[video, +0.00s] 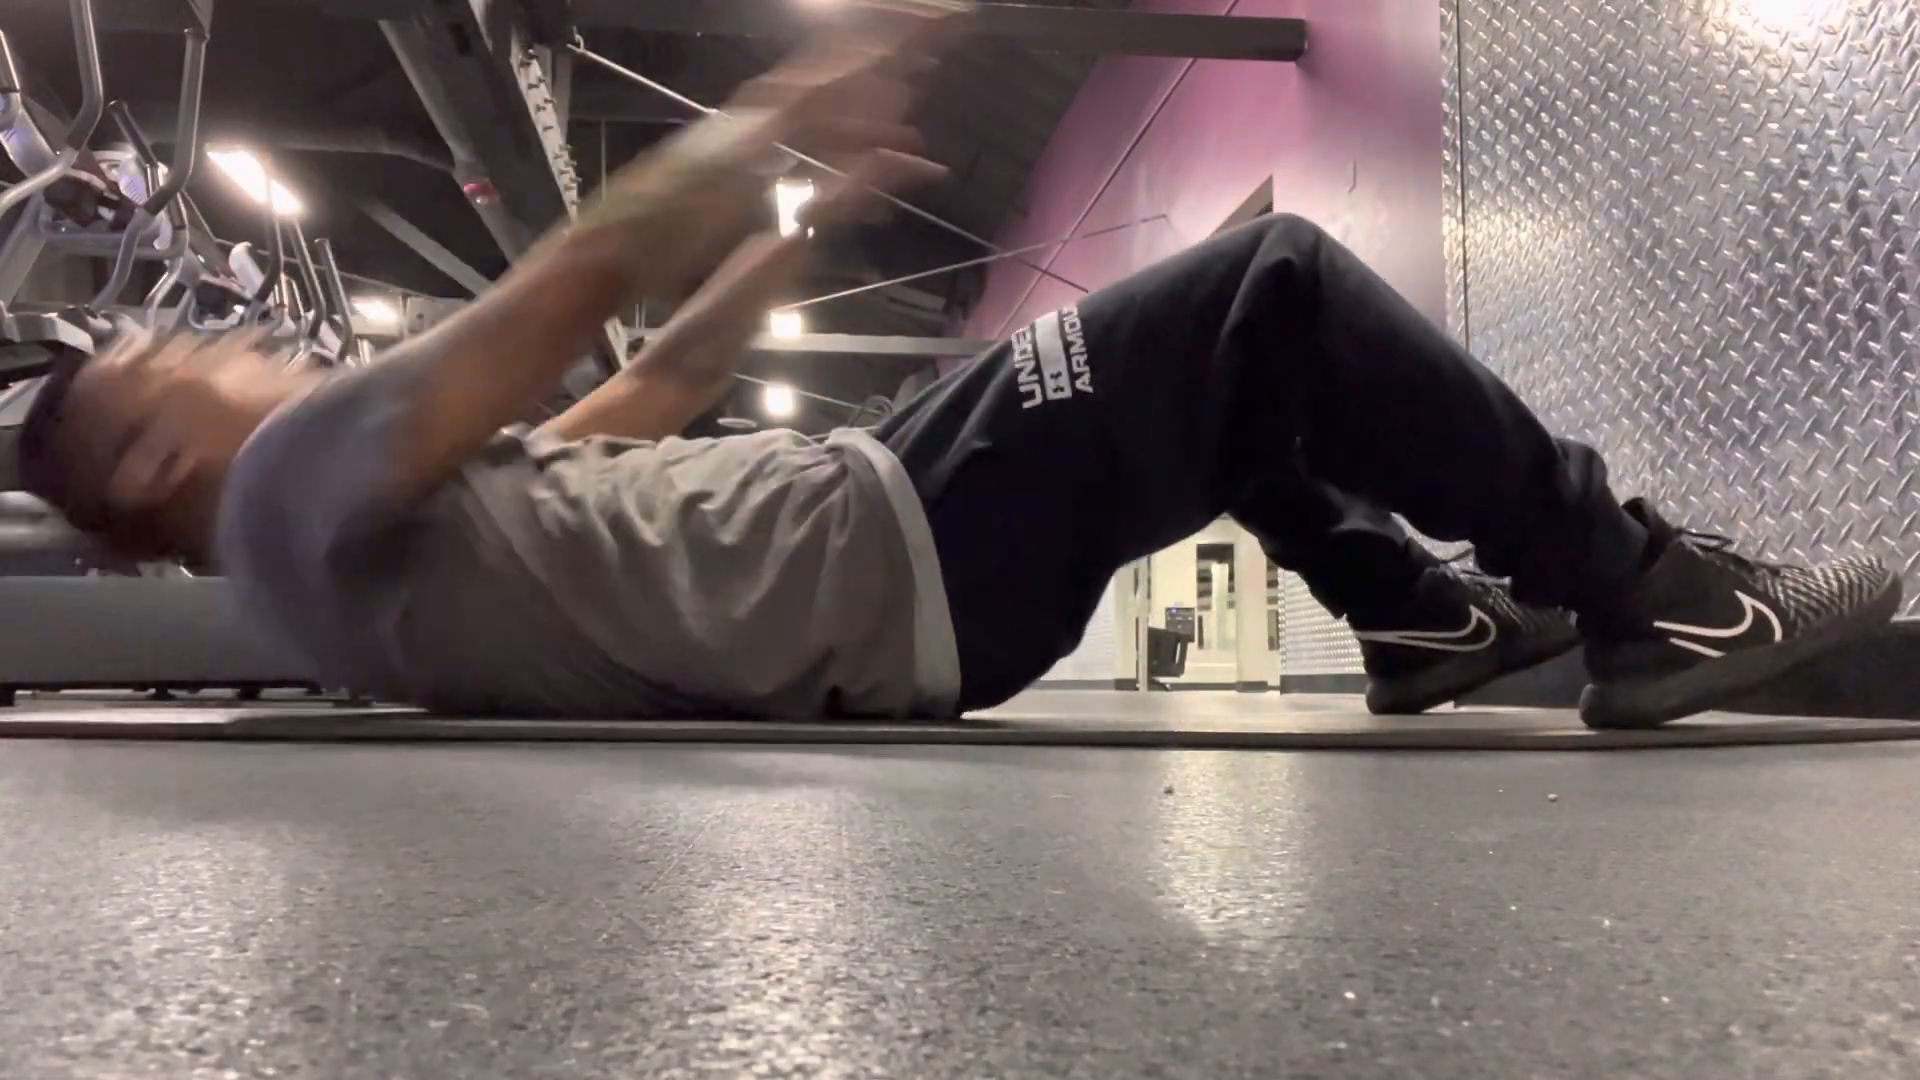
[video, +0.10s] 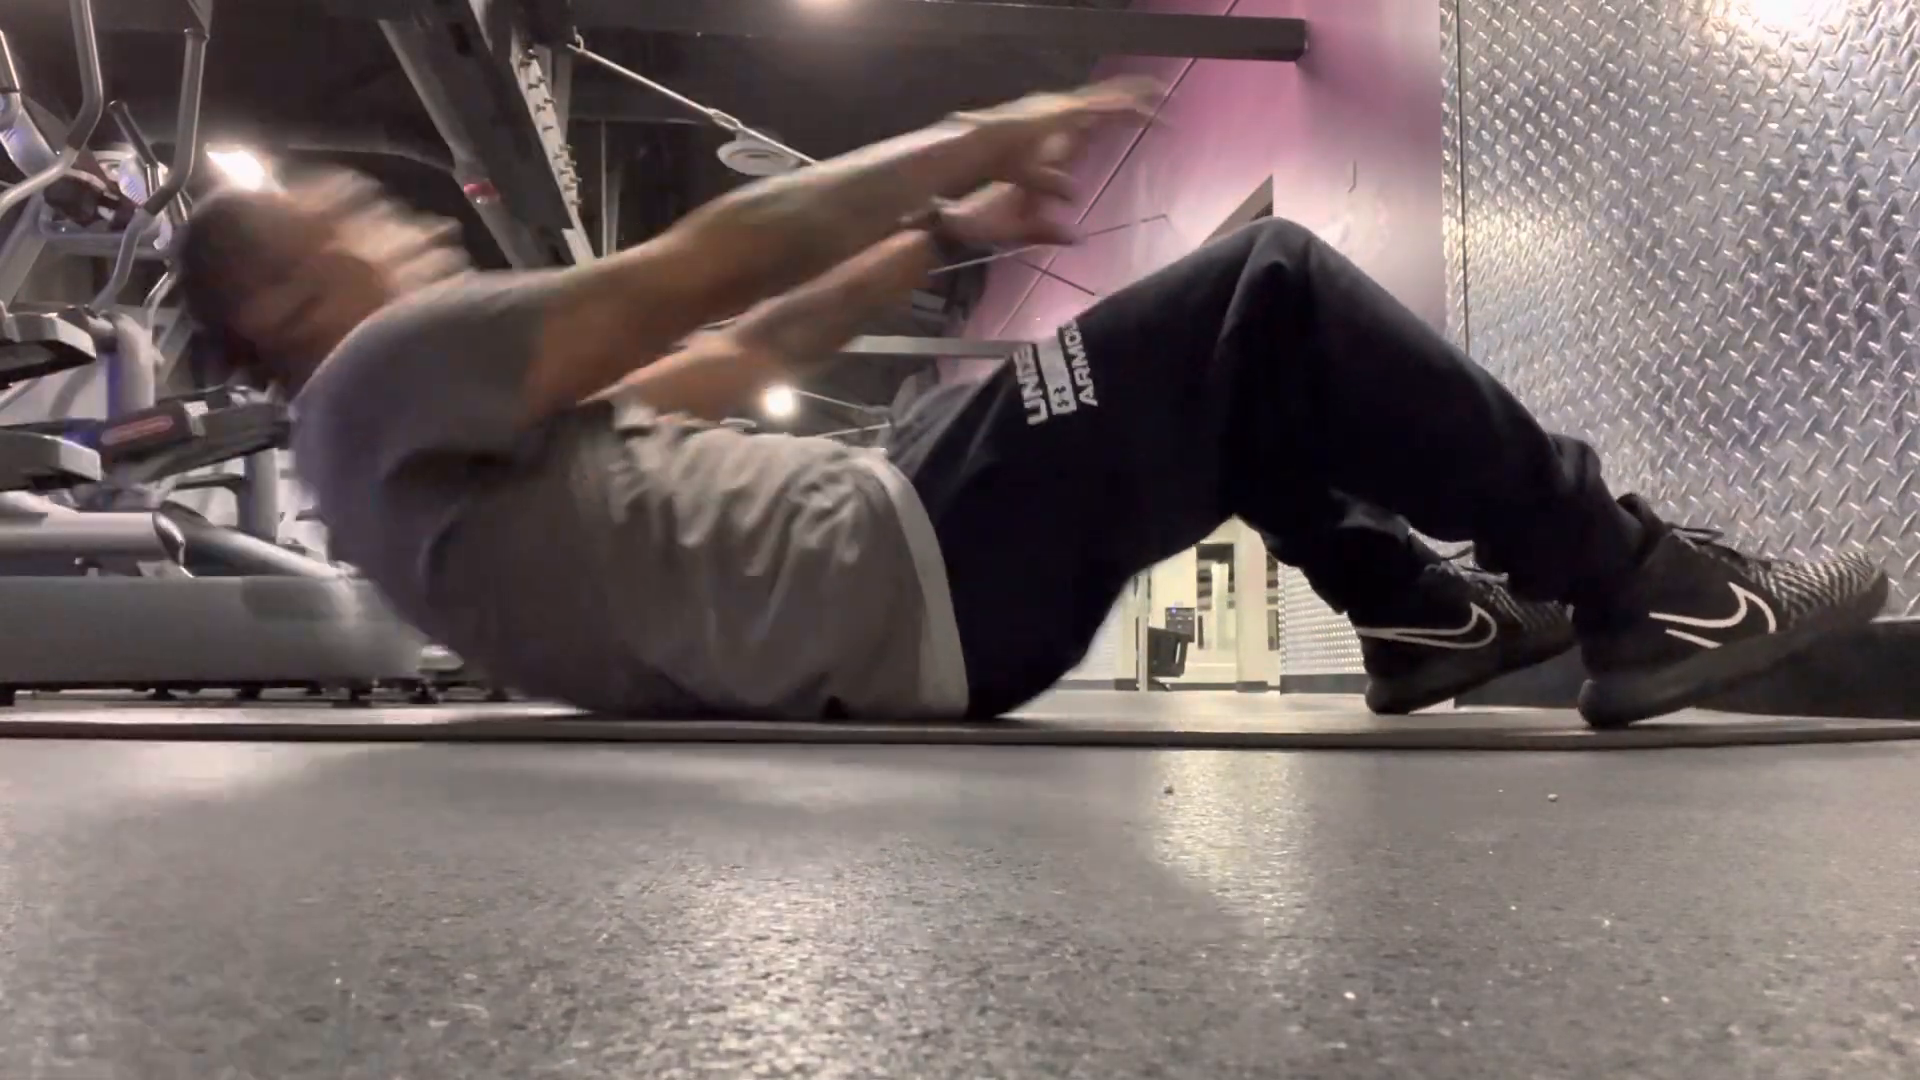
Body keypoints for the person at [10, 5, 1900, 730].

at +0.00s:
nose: (194, 365)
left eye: (166, 362)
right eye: (152, 389)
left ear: (202, 408)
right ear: (149, 478)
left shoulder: (345, 516)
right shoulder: (301, 492)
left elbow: (629, 413)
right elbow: (558, 306)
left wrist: (782, 237)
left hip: (853, 536)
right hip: (893, 567)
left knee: (1196, 346)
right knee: (1264, 274)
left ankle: (1442, 617)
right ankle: (1657, 591)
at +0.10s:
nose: (388, 212)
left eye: (362, 194)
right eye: (334, 216)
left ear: (348, 269)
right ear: (265, 311)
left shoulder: (431, 407)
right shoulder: (372, 388)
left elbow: (722, 359)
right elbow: (676, 275)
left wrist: (933, 241)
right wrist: (974, 140)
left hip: (873, 538)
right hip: (899, 592)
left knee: (1202, 318)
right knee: (1260, 287)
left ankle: (1434, 607)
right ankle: (1649, 590)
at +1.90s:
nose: (718, 68)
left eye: (701, 42)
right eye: (681, 43)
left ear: (547, 105)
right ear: (593, 74)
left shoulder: (601, 268)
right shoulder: (611, 190)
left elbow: (938, 298)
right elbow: (986, 163)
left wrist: (1136, 187)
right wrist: (1219, 98)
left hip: (943, 595)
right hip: (970, 607)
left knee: (1236, 322)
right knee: (1299, 271)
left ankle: (1448, 623)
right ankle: (1662, 586)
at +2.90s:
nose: (329, 258)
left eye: (308, 239)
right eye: (268, 263)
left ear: (322, 283)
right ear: (200, 372)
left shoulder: (432, 428)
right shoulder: (307, 450)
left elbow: (641, 407)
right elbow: (469, 256)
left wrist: (710, 233)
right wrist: (585, 67)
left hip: (844, 551)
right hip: (873, 608)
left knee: (1191, 337)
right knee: (1255, 288)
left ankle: (1444, 618)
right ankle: (1650, 584)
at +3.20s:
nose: (290, 260)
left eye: (263, 246)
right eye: (233, 264)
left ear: (245, 321)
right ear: (163, 381)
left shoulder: (358, 470)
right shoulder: (276, 439)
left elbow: (620, 361)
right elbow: (529, 243)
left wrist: (743, 169)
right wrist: (712, 92)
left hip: (804, 545)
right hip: (848, 580)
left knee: (1187, 336)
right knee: (1246, 288)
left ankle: (1433, 620)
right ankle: (1635, 593)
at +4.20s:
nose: (821, 43)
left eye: (811, 22)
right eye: (788, 16)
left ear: (653, 57)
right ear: (691, 37)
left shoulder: (654, 232)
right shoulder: (706, 180)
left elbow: (981, 357)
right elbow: (1094, 247)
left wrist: (1154, 303)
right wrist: (1366, 176)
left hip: (957, 596)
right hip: (983, 623)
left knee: (1243, 338)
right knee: (1320, 303)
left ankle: (1461, 629)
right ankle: (1673, 606)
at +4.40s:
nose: (492, 207)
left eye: (476, 178)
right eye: (445, 194)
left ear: (422, 239)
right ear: (342, 260)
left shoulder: (498, 379)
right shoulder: (392, 366)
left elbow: (787, 344)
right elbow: (697, 244)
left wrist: (937, 171)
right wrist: (865, 66)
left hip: (880, 562)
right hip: (885, 616)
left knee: (1200, 319)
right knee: (1261, 294)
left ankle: (1441, 617)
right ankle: (1636, 584)